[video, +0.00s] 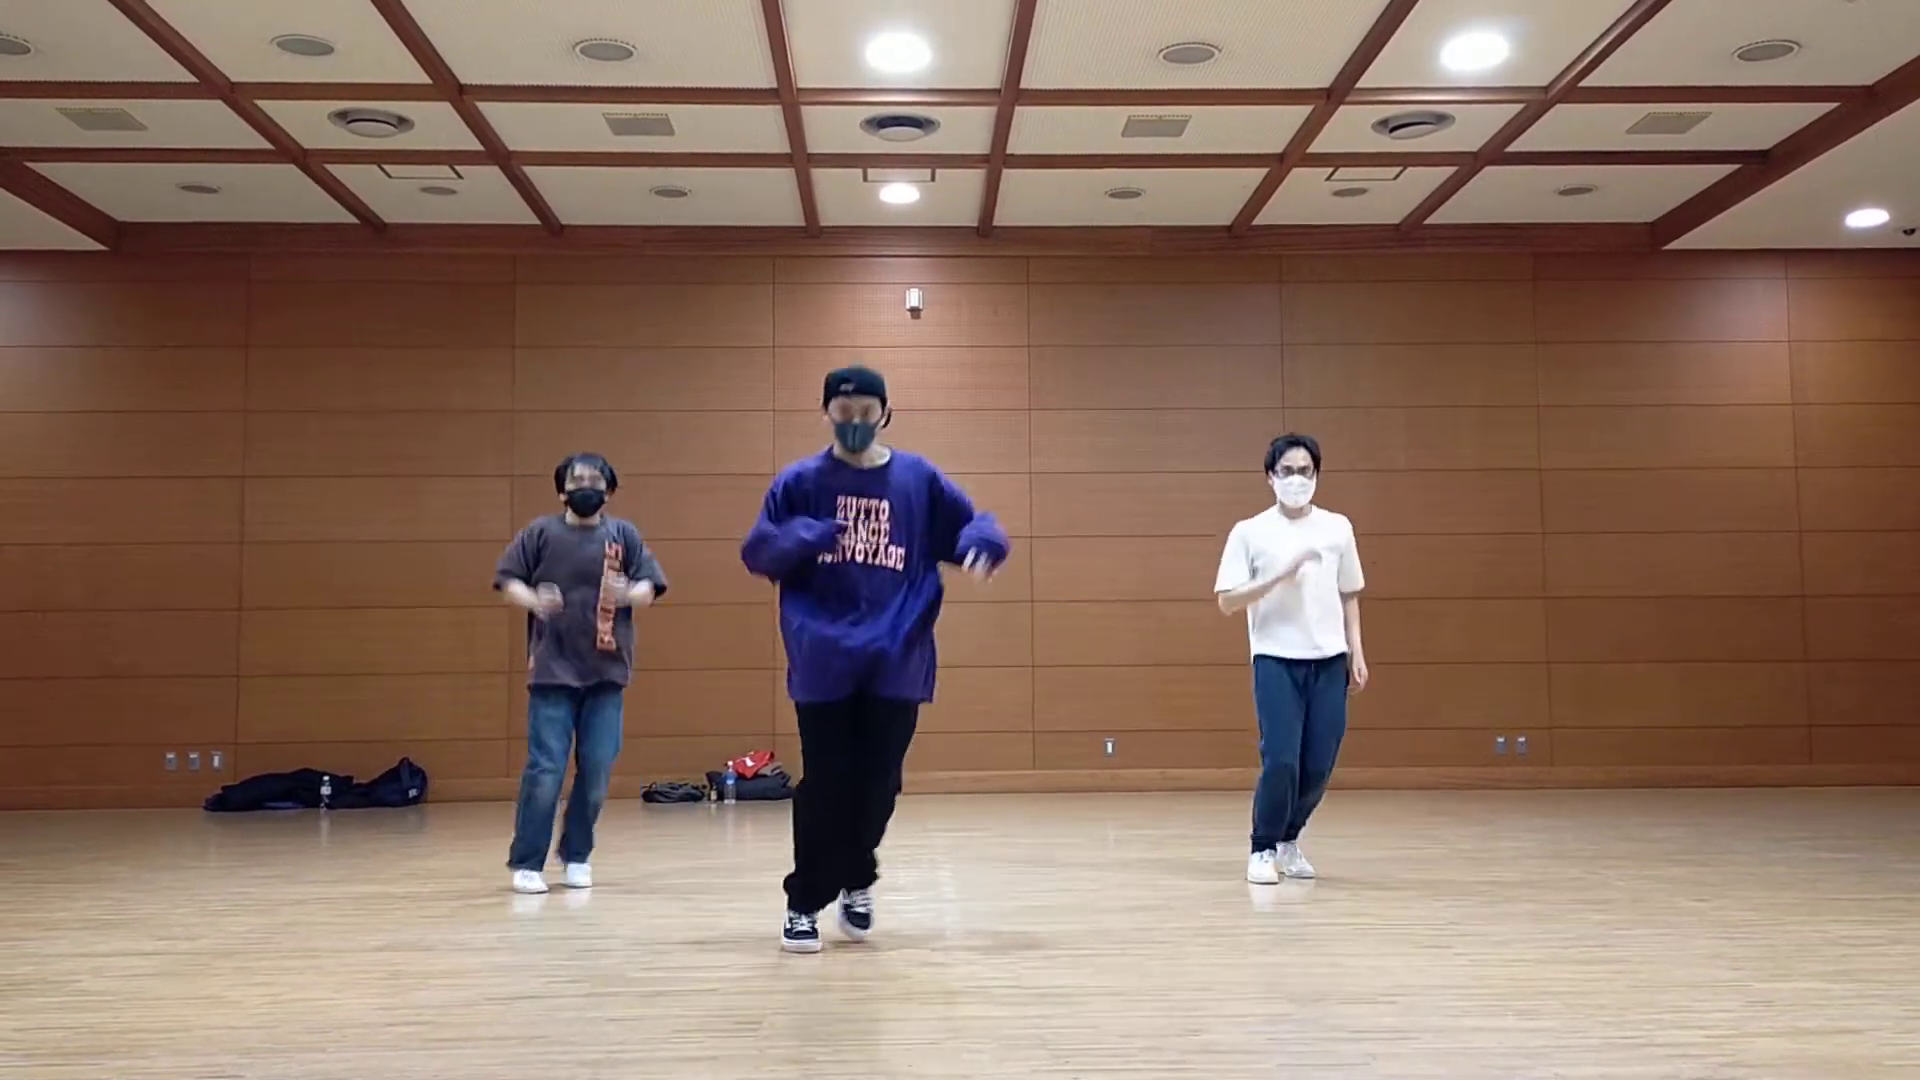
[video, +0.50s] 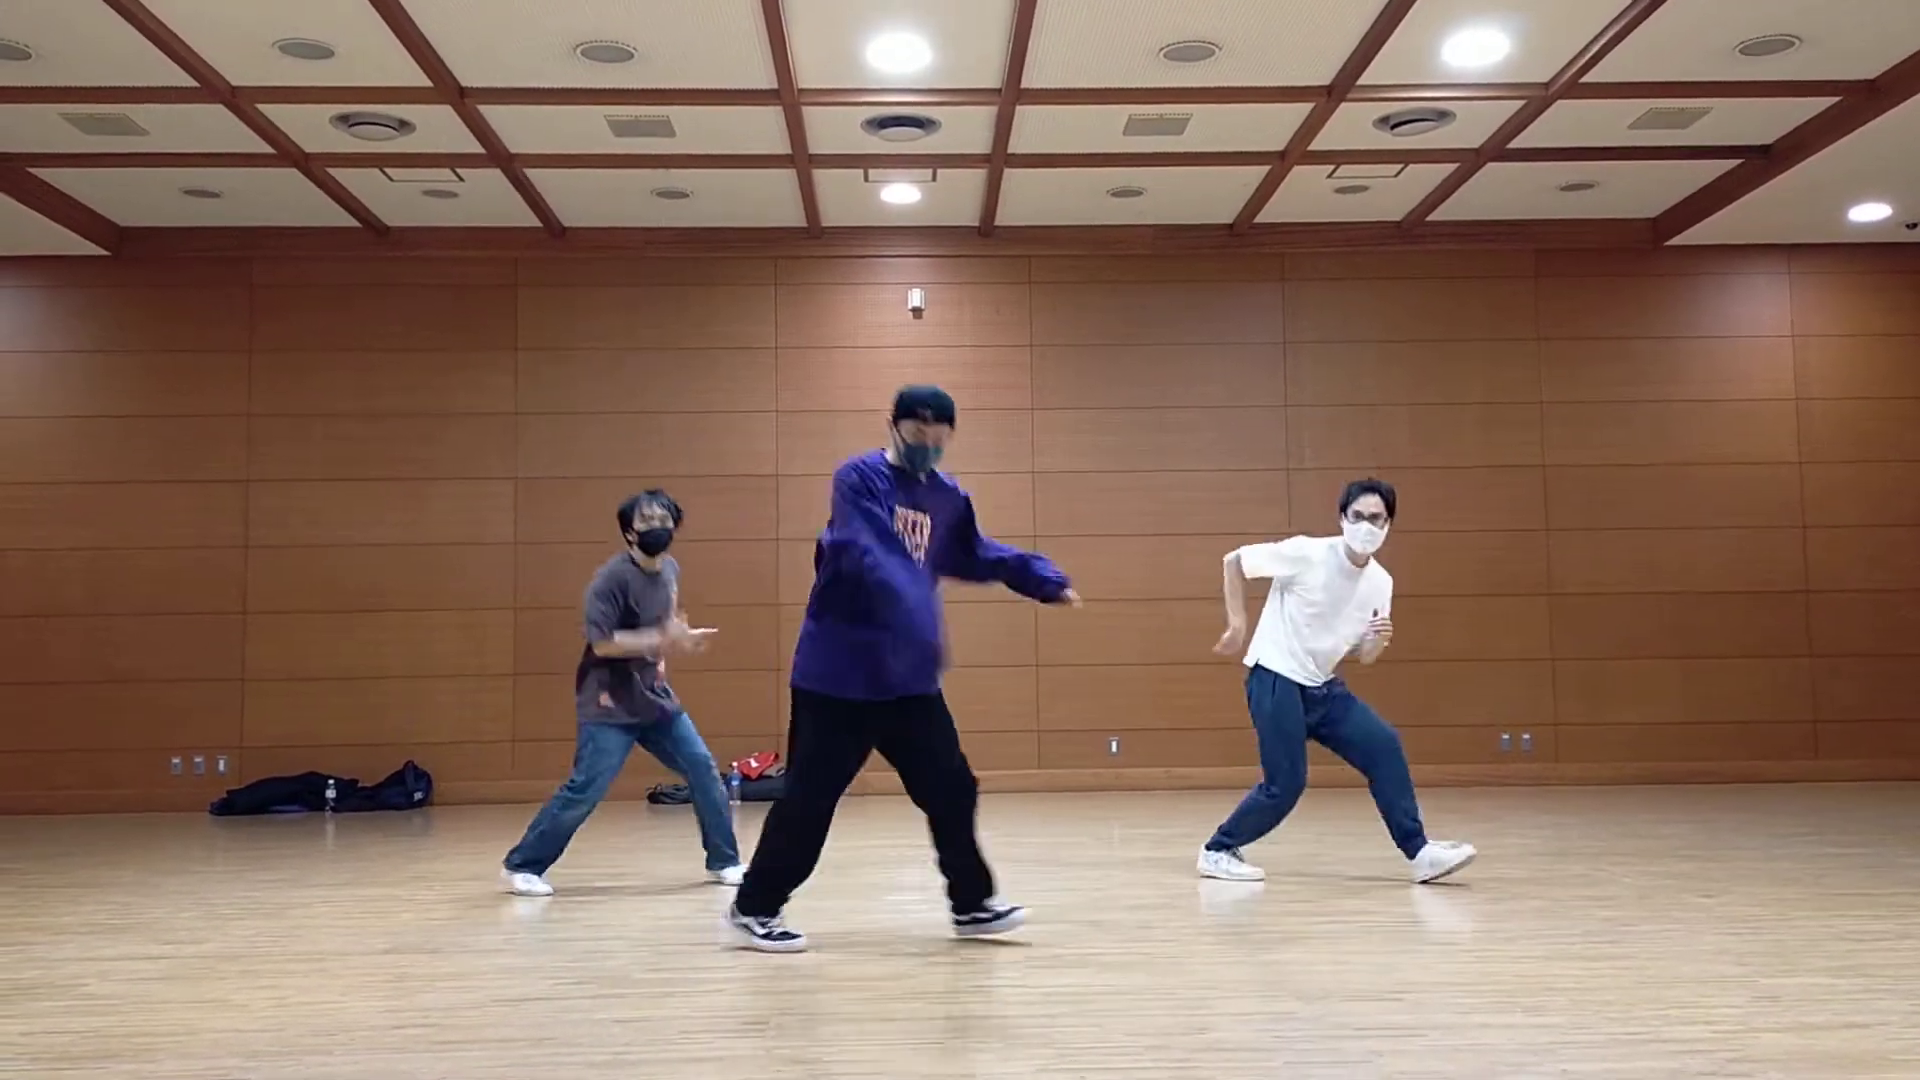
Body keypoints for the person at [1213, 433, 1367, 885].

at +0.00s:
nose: (1297, 479)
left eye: (1305, 471)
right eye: (1288, 472)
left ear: (1316, 477)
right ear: (1271, 478)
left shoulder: (1338, 528)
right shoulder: (1248, 533)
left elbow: (1350, 597)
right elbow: (1228, 602)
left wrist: (1356, 652)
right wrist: (1281, 576)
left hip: (1330, 659)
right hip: (1275, 660)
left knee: (1319, 764)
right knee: (1282, 757)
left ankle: (1287, 841)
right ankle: (1263, 851)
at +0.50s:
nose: (1368, 529)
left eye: (1378, 521)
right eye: (1359, 518)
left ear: (1388, 528)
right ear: (1342, 521)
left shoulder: (1379, 582)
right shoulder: (1307, 553)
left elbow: (1364, 657)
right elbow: (1234, 562)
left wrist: (1380, 640)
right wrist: (1237, 626)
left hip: (1322, 687)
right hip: (1274, 678)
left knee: (1383, 746)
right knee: (1286, 782)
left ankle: (1419, 852)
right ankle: (1217, 851)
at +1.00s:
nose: (1415, 477)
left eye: (1423, 468)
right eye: (1406, 470)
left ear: (1441, 471)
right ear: (1395, 477)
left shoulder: (1478, 522)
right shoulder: (1385, 533)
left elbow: (1507, 586)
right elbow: (1373, 606)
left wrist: (1488, 602)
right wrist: (1335, 591)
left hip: (1473, 655)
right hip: (1416, 664)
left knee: (1478, 741)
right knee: (1446, 764)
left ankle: (1508, 840)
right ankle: (1494, 842)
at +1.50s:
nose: (1392, 519)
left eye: (1400, 509)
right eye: (1382, 514)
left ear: (1421, 509)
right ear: (1376, 524)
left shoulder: (1454, 548)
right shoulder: (1419, 569)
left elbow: (1524, 574)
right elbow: (1471, 607)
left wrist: (1513, 642)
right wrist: (1478, 660)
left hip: (1511, 682)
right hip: (1472, 684)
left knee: (1523, 789)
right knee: (1415, 744)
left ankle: (1618, 849)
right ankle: (1403, 852)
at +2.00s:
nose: (1311, 482)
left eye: (1319, 474)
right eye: (1300, 475)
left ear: (1332, 478)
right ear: (1286, 482)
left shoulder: (1366, 524)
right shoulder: (1275, 543)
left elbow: (1401, 589)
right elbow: (1274, 616)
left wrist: (1436, 647)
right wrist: (1251, 567)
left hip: (1361, 658)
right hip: (1305, 658)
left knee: (1339, 759)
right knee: (1310, 752)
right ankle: (1343, 845)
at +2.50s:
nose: (1330, 499)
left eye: (1339, 492)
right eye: (1322, 489)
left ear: (1347, 502)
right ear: (1302, 494)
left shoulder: (1313, 556)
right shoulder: (1279, 536)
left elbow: (1275, 622)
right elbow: (1221, 586)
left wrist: (1293, 682)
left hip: (1259, 666)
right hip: (1229, 658)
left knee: (1306, 751)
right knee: (1206, 757)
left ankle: (1358, 849)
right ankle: (1159, 854)